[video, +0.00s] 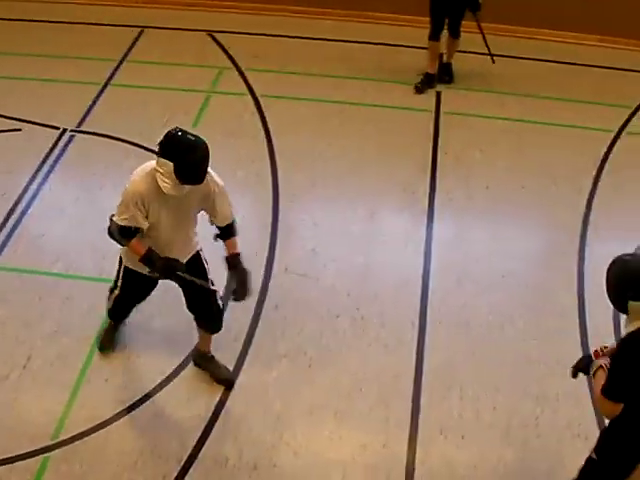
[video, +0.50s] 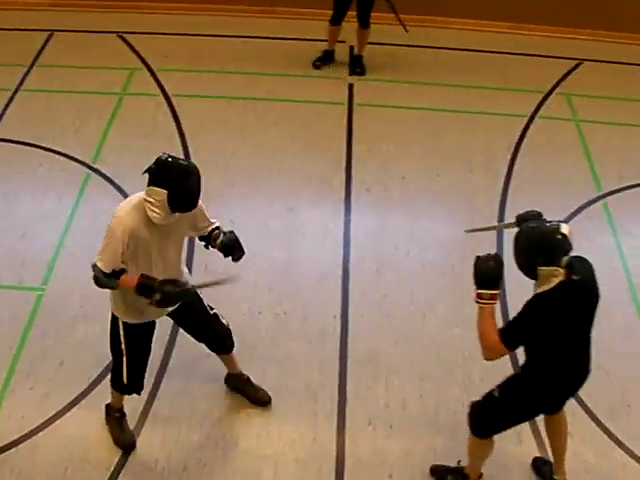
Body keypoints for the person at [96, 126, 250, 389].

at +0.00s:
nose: (192, 183)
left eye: (196, 177)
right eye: (187, 177)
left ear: (201, 168)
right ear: (170, 168)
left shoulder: (208, 185)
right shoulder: (141, 185)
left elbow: (226, 225)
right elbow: (120, 229)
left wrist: (235, 265)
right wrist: (152, 259)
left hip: (186, 254)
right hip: (142, 256)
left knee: (209, 312)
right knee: (122, 303)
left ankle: (203, 353)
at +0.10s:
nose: (189, 186)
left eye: (193, 180)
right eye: (183, 181)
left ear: (197, 172)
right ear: (165, 173)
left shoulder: (204, 187)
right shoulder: (133, 189)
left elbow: (235, 221)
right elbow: (104, 228)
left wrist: (264, 255)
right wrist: (139, 258)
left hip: (179, 256)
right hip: (137, 258)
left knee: (195, 312)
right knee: (136, 316)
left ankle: (188, 354)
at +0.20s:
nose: (181, 195)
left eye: (184, 189)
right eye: (175, 190)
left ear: (187, 182)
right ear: (155, 181)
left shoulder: (195, 193)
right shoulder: (121, 199)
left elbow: (229, 215)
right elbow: (83, 233)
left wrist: (259, 229)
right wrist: (113, 267)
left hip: (170, 264)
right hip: (130, 268)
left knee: (189, 321)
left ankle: (168, 353)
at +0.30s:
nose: (171, 209)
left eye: (175, 203)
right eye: (166, 203)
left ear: (180, 193)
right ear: (147, 193)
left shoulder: (186, 203)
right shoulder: (113, 214)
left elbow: (215, 221)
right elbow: (77, 252)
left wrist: (232, 220)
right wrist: (109, 287)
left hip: (167, 274)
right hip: (126, 284)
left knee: (210, 329)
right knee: (134, 352)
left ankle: (172, 349)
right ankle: (135, 408)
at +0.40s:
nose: (176, 210)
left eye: (179, 204)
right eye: (171, 205)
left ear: (180, 196)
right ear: (153, 196)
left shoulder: (181, 204)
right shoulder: (119, 218)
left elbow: (204, 228)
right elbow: (89, 269)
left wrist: (222, 236)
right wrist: (128, 294)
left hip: (173, 285)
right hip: (132, 300)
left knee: (216, 329)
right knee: (134, 375)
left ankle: (204, 365)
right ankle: (126, 410)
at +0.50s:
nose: (181, 213)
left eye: (184, 208)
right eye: (178, 208)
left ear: (187, 198)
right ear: (161, 197)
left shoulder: (187, 207)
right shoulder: (126, 220)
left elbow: (207, 229)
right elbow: (103, 275)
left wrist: (224, 239)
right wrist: (150, 287)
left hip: (177, 293)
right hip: (132, 307)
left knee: (220, 336)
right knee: (127, 377)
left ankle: (236, 376)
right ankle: (114, 410)